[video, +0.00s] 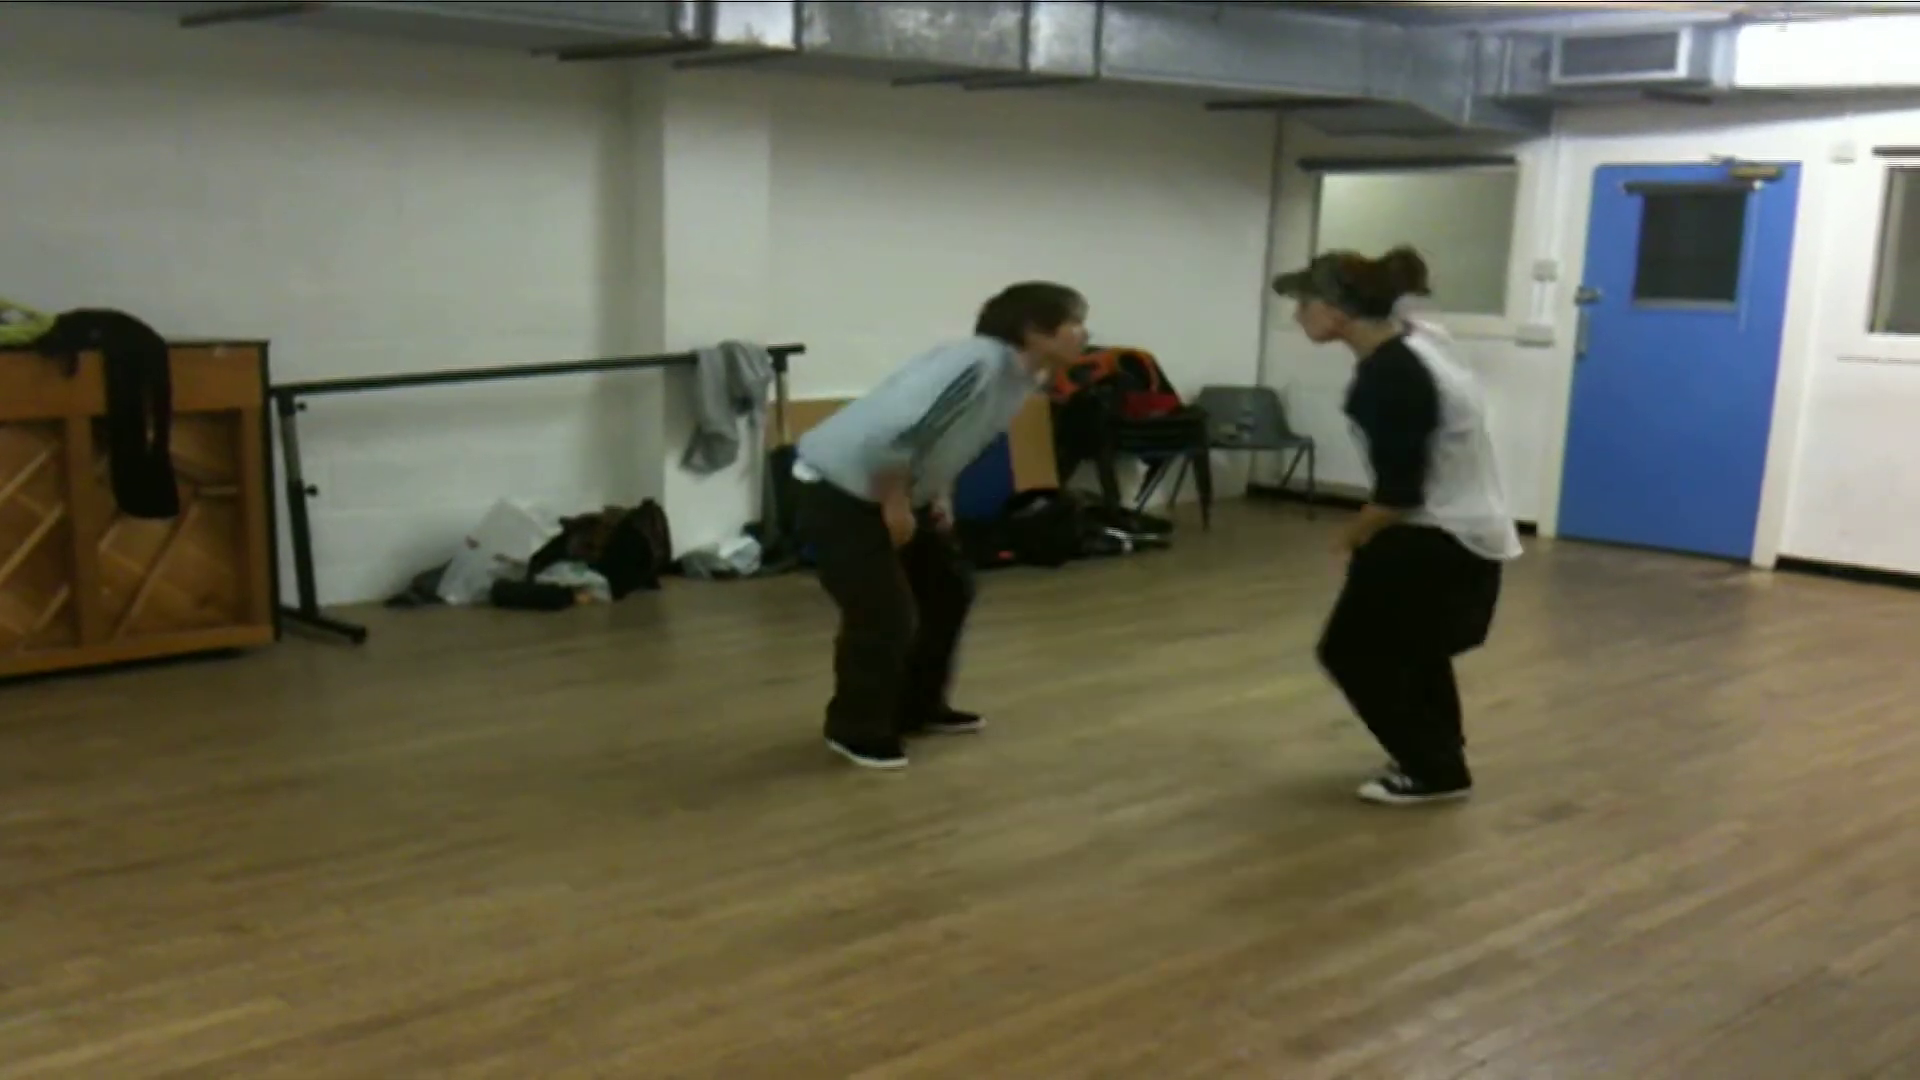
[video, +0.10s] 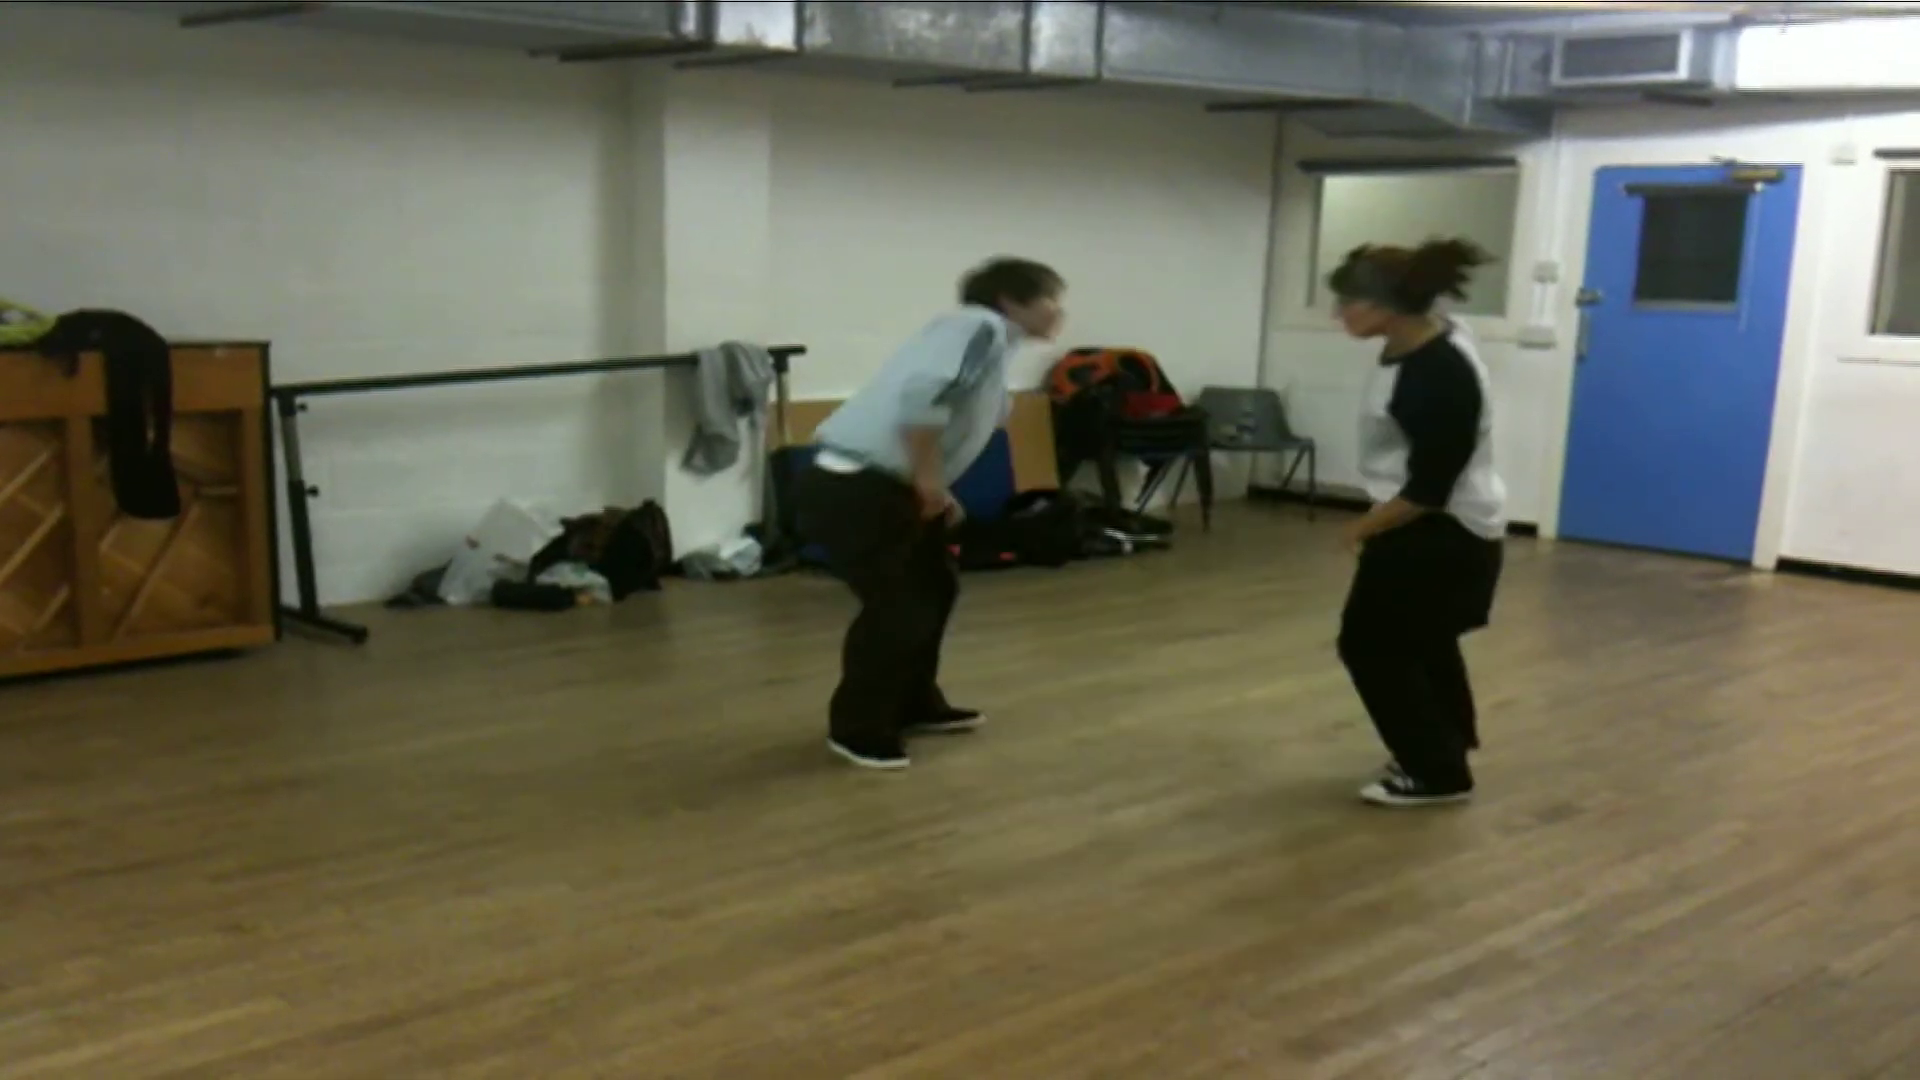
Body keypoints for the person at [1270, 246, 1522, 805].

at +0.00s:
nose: (1299, 317)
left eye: (1306, 305)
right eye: (1300, 305)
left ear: (1338, 309)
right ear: (1352, 305)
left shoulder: (1390, 373)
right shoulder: (1414, 349)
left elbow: (1398, 494)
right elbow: (1412, 484)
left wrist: (1354, 534)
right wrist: (1367, 529)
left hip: (1435, 542)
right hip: (1461, 537)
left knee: (1348, 650)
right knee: (1413, 649)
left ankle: (1429, 767)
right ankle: (1438, 761)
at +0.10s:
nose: (1341, 316)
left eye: (1348, 306)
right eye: (1341, 305)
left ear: (1383, 306)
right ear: (1387, 305)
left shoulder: (1441, 373)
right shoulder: (1407, 350)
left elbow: (1428, 490)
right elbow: (1416, 459)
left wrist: (1365, 528)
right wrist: (1382, 514)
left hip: (1444, 535)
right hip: (1421, 527)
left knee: (1369, 642)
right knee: (1421, 636)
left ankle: (1436, 771)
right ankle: (1439, 749)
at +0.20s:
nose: (1367, 295)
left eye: (1376, 285)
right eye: (1367, 284)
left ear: (1413, 286)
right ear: (1415, 286)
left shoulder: (1456, 352)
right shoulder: (1422, 340)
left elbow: (1429, 463)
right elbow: (1420, 448)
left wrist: (1370, 513)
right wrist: (1382, 506)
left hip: (1442, 526)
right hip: (1420, 519)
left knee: (1376, 643)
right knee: (1423, 640)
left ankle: (1436, 771)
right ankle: (1437, 753)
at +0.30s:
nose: (1376, 279)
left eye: (1385, 268)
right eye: (1376, 268)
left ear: (1422, 270)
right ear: (1425, 270)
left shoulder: (1452, 334)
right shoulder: (1443, 326)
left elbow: (1423, 440)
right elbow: (1424, 439)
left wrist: (1373, 501)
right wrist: (1379, 498)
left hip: (1433, 521)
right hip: (1429, 516)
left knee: (1383, 655)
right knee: (1425, 651)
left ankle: (1435, 771)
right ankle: (1440, 760)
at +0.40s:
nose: (1367, 280)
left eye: (1375, 269)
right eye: (1367, 269)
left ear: (1405, 270)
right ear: (1415, 271)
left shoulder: (1431, 325)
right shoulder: (1443, 320)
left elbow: (1423, 425)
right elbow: (1427, 426)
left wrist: (1387, 498)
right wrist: (1392, 498)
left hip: (1450, 514)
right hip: (1455, 511)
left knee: (1368, 636)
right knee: (1414, 641)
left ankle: (1429, 762)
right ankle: (1439, 758)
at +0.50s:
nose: (1339, 321)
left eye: (1347, 308)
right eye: (1340, 309)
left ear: (1376, 310)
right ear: (1388, 312)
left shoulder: (1403, 358)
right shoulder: (1428, 359)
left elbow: (1411, 446)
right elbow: (1418, 454)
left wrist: (1396, 515)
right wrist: (1402, 514)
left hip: (1467, 534)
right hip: (1486, 536)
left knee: (1343, 646)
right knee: (1404, 647)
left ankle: (1379, 767)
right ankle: (1441, 755)